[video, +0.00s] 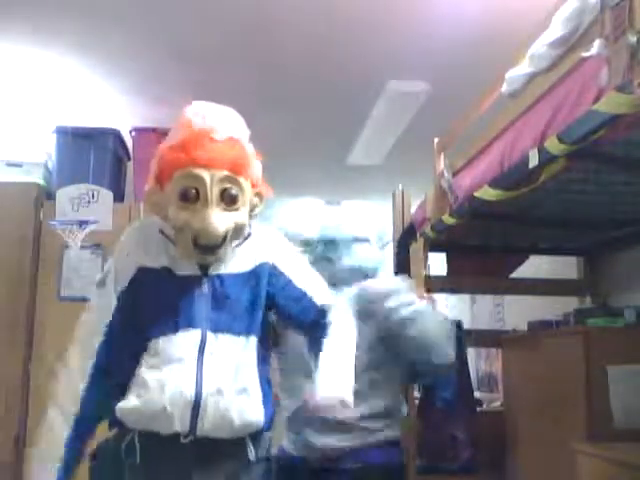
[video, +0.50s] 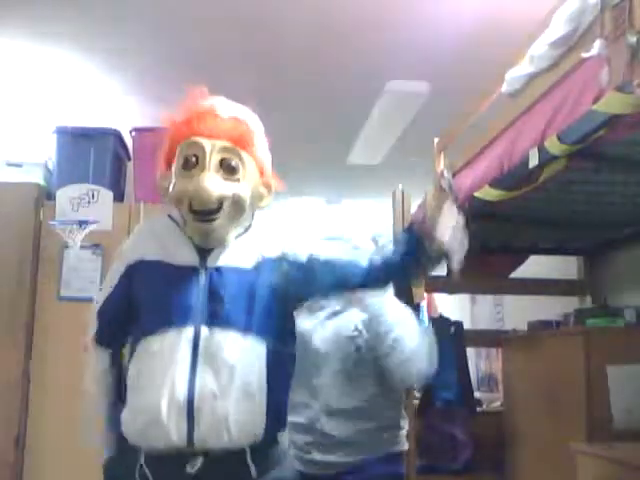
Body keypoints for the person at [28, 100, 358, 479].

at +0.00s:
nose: (210, 218)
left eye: (229, 197)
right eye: (190, 195)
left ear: (251, 203)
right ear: (162, 200)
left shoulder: (264, 263)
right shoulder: (146, 272)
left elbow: (328, 321)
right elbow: (111, 369)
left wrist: (331, 392)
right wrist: (70, 457)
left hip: (234, 453)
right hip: (148, 452)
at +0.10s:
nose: (211, 218)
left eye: (231, 196)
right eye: (192, 195)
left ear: (256, 199)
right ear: (164, 198)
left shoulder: (279, 270)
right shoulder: (143, 277)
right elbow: (116, 370)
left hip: (243, 450)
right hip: (151, 449)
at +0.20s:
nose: (213, 208)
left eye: (231, 187)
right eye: (192, 186)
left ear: (256, 193)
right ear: (165, 192)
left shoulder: (274, 258)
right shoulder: (143, 269)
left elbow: (365, 280)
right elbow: (117, 337)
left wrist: (307, 254)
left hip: (241, 443)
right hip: (151, 439)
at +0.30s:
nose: (213, 194)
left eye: (232, 174)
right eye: (192, 172)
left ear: (260, 183)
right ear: (166, 182)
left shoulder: (280, 241)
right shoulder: (148, 239)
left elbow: (361, 273)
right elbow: (120, 323)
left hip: (247, 445)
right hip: (152, 444)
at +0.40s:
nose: (209, 183)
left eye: (230, 166)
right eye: (191, 161)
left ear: (259, 186)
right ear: (169, 178)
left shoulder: (274, 260)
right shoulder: (144, 262)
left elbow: (359, 251)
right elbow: (113, 349)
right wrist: (122, 431)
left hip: (247, 463)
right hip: (149, 464)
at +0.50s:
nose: (207, 184)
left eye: (228, 168)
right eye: (190, 164)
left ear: (256, 190)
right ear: (169, 183)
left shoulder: (274, 271)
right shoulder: (143, 268)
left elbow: (368, 271)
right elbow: (107, 357)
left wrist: (422, 236)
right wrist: (114, 450)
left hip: (240, 464)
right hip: (148, 463)